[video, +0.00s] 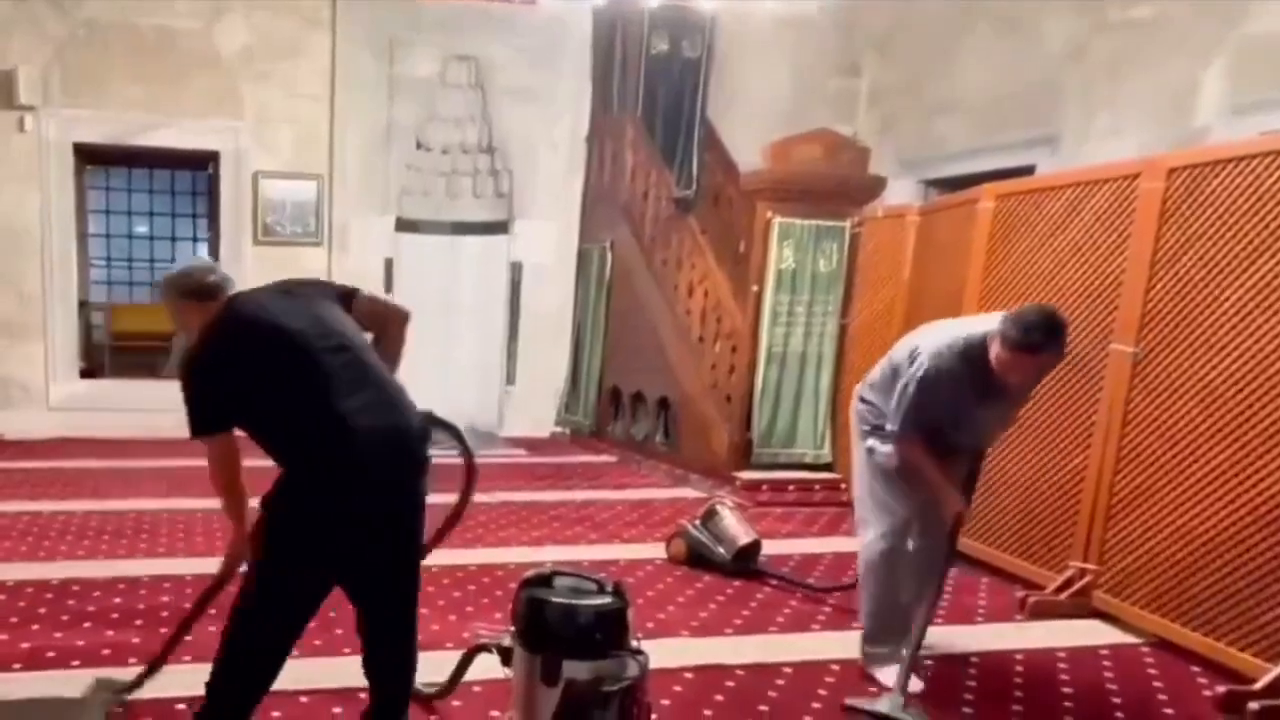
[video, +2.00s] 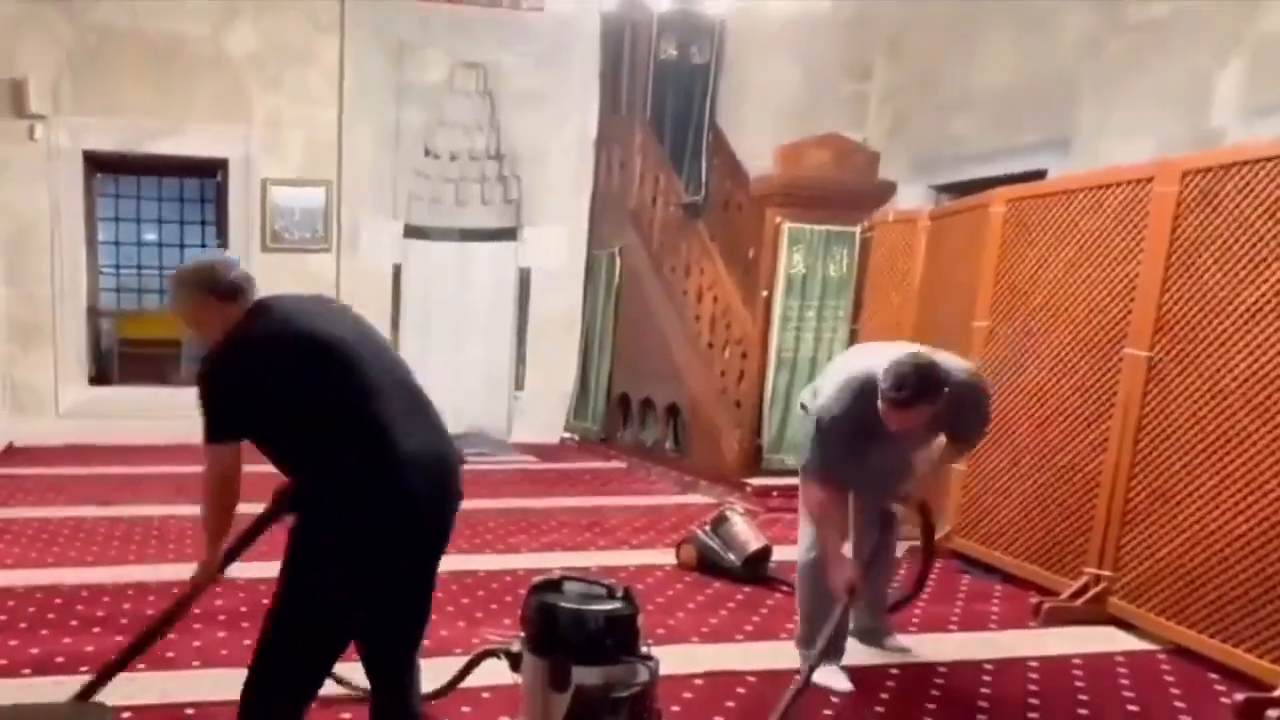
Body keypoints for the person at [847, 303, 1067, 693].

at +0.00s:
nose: (1022, 383)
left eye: (1034, 374)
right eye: (1015, 371)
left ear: (1049, 364)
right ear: (998, 346)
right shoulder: (939, 361)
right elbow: (904, 442)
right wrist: (946, 494)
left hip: (953, 443)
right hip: (888, 427)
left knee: (936, 539)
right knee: (889, 534)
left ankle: (907, 639)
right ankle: (880, 651)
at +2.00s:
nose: (897, 431)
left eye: (907, 426)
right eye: (890, 421)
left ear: (934, 407)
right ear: (880, 398)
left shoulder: (965, 389)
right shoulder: (840, 407)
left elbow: (960, 442)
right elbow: (825, 491)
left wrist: (926, 478)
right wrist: (835, 561)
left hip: (887, 455)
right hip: (835, 450)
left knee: (879, 542)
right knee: (817, 550)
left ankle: (870, 628)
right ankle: (819, 656)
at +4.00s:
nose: (815, 420)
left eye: (823, 411)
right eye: (809, 411)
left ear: (855, 397)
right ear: (804, 399)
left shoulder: (894, 383)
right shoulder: (782, 413)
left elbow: (943, 391)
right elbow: (785, 488)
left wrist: (914, 450)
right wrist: (813, 535)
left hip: (864, 475)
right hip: (801, 478)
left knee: (880, 558)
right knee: (785, 545)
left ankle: (876, 654)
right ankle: (772, 660)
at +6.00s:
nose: (1064, 258)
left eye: (1073, 247)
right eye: (1057, 242)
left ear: (1078, 244)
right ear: (1021, 226)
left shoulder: (1028, 286)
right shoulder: (954, 289)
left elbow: (981, 354)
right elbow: (949, 403)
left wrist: (985, 406)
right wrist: (993, 486)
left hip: (938, 429)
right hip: (878, 425)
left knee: (923, 553)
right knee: (880, 560)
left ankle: (886, 648)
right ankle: (879, 688)